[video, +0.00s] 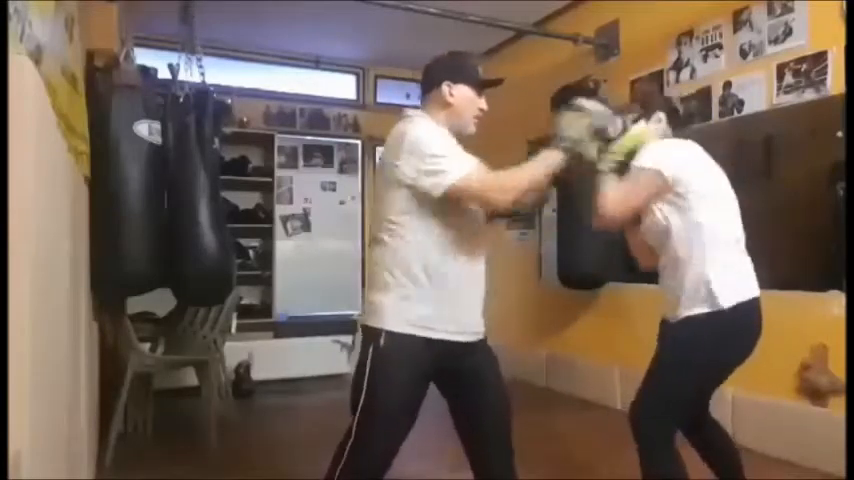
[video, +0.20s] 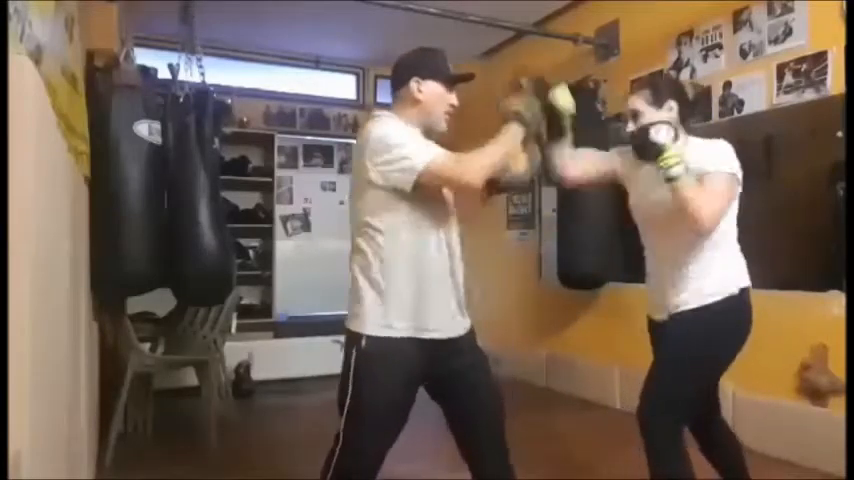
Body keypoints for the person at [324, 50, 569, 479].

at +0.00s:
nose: (485, 105)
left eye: (484, 95)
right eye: (477, 93)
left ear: (448, 95)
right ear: (446, 91)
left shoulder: (454, 150)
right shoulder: (414, 134)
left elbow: (509, 199)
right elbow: (491, 191)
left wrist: (560, 159)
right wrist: (556, 154)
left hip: (461, 334)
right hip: (400, 332)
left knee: (496, 459)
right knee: (366, 458)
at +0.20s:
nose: (456, 100)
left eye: (455, 90)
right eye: (447, 87)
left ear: (420, 91)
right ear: (417, 89)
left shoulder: (428, 146)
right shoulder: (382, 134)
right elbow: (465, 173)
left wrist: (522, 146)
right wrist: (513, 130)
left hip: (448, 330)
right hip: (385, 334)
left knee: (492, 459)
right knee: (354, 466)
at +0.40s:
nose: (448, 97)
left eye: (447, 88)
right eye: (438, 85)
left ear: (412, 91)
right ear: (407, 89)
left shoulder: (433, 147)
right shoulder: (366, 142)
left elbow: (474, 196)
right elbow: (413, 199)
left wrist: (527, 165)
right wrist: (468, 138)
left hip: (448, 334)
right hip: (381, 339)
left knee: (486, 461)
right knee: (355, 466)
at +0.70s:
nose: (469, 109)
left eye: (469, 99)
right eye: (462, 98)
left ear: (437, 98)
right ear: (435, 96)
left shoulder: (432, 151)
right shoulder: (397, 139)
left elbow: (462, 206)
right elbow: (461, 206)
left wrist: (503, 146)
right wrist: (505, 158)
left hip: (450, 332)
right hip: (391, 338)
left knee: (497, 423)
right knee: (362, 455)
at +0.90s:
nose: (511, 105)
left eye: (511, 95)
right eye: (503, 94)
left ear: (474, 99)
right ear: (474, 97)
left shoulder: (489, 158)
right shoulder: (434, 135)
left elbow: (520, 203)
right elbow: (445, 178)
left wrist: (582, 206)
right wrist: (514, 139)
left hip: (493, 329)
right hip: (430, 329)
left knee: (528, 422)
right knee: (382, 444)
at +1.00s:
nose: (536, 105)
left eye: (536, 95)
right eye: (529, 94)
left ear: (505, 96)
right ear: (498, 94)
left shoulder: (536, 143)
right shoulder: (447, 138)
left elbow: (593, 143)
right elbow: (385, 180)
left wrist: (646, 141)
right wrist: (405, 215)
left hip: (510, 321)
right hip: (442, 319)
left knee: (535, 425)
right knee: (405, 428)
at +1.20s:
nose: (532, 121)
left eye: (533, 111)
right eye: (523, 110)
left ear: (533, 108)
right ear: (490, 106)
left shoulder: (542, 138)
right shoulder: (442, 155)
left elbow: (606, 149)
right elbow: (413, 218)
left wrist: (621, 172)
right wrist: (459, 239)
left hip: (528, 317)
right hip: (456, 316)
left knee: (545, 418)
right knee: (444, 424)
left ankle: (535, 479)